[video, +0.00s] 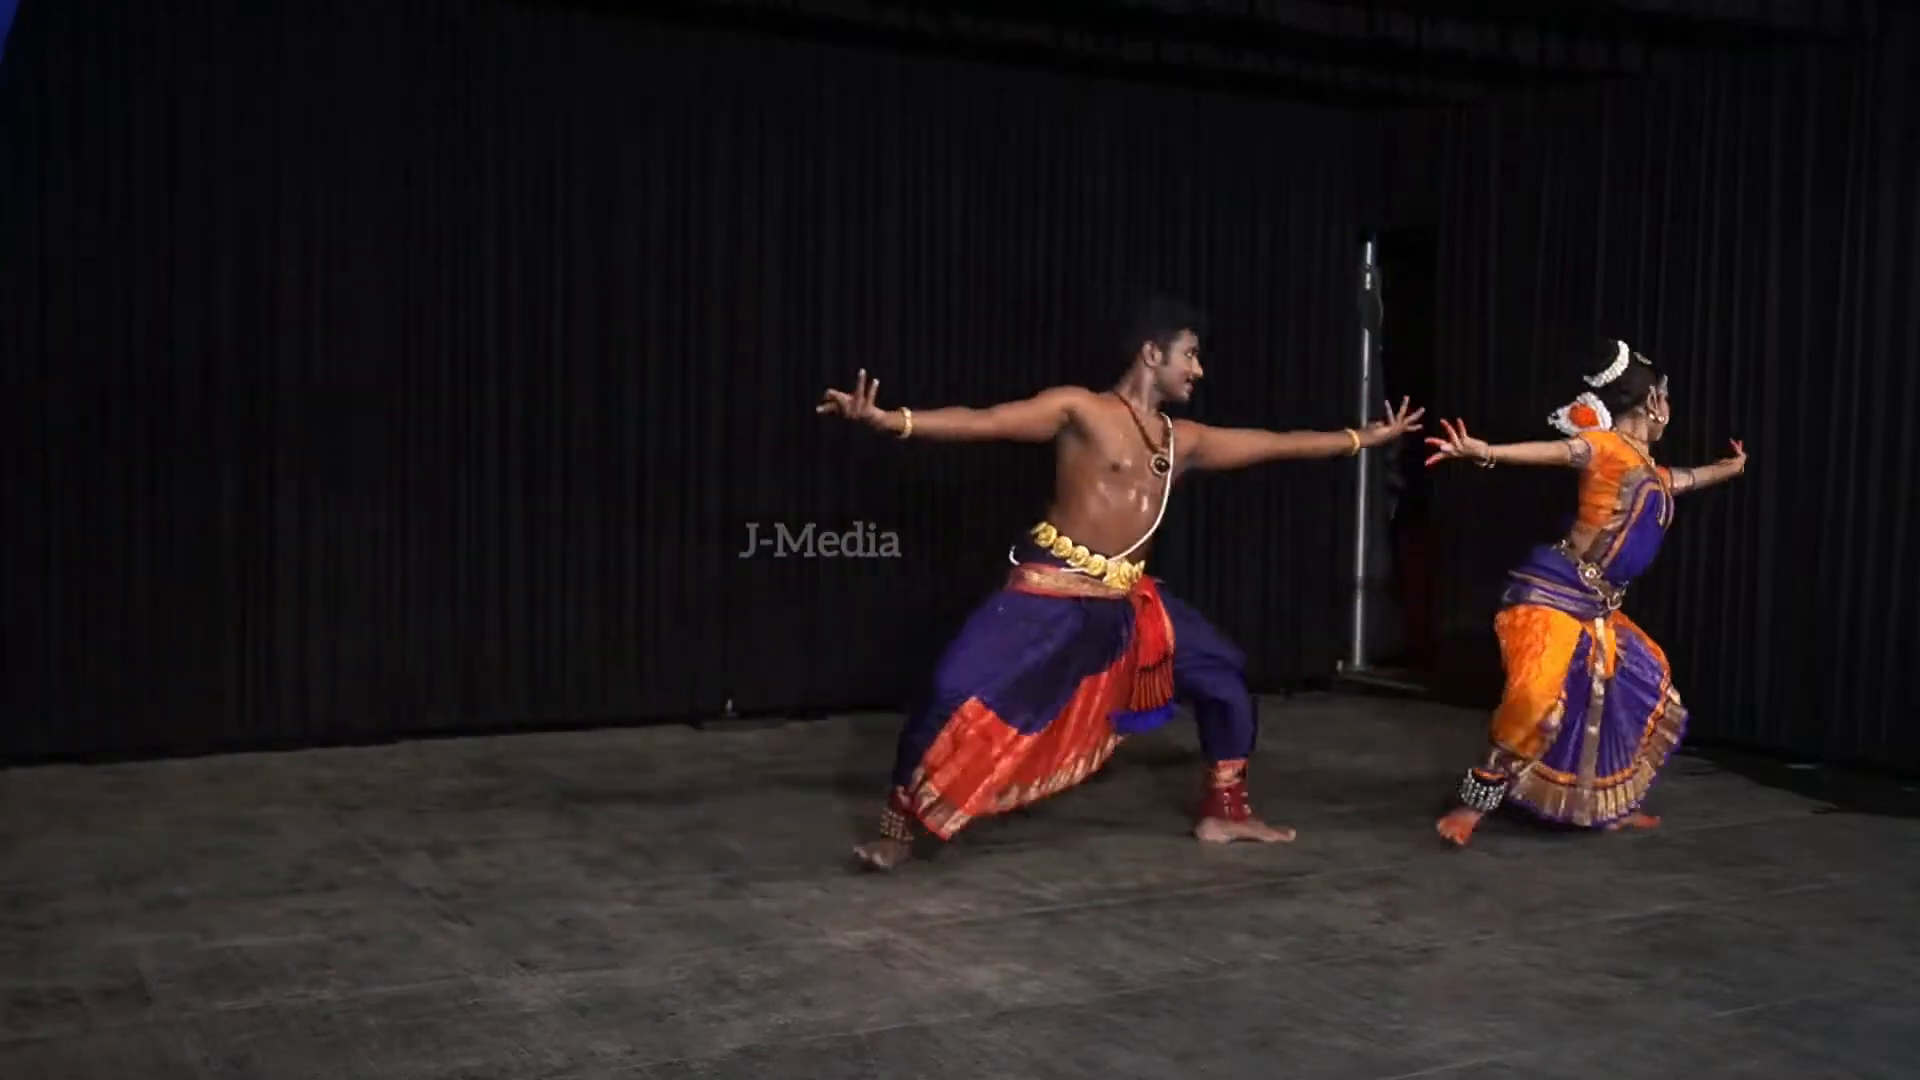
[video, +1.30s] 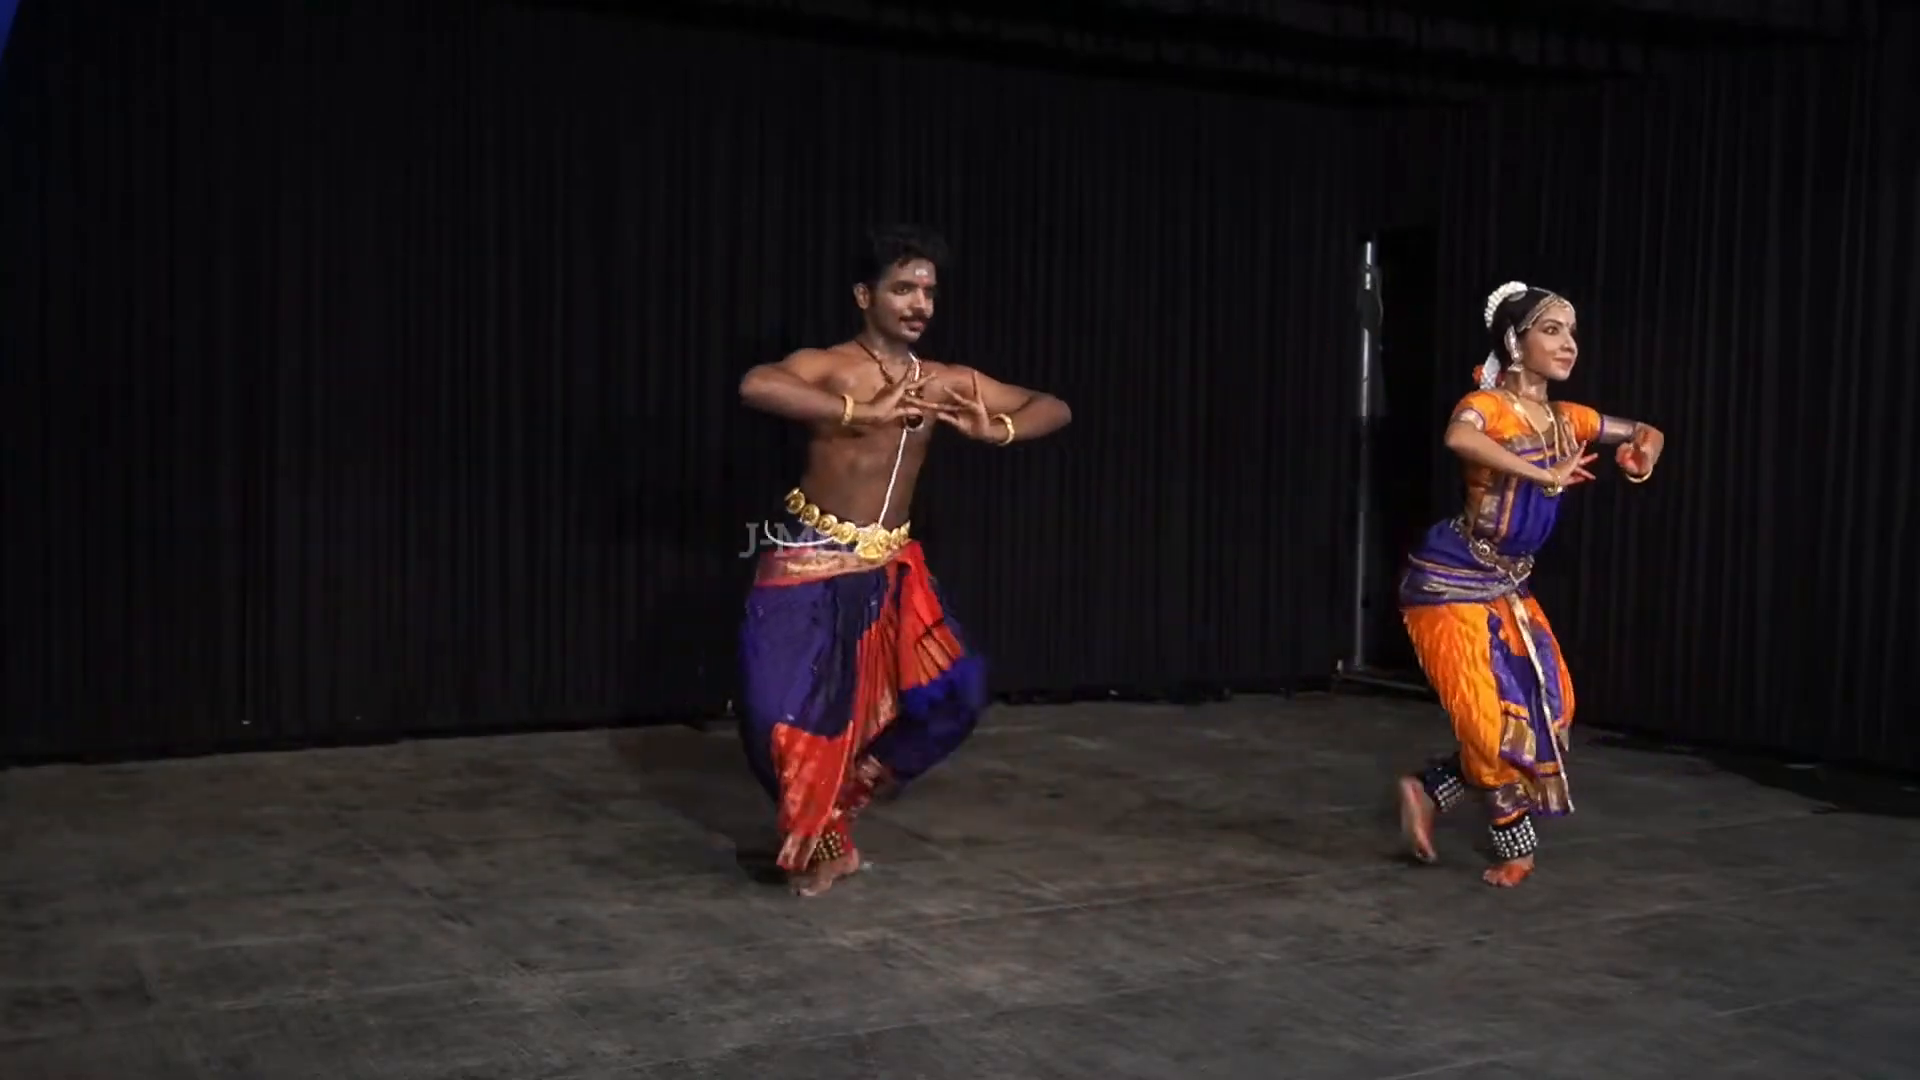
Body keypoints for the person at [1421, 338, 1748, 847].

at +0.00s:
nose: (1669, 407)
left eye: (1666, 398)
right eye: (1665, 398)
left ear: (1637, 406)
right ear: (1650, 405)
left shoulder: (1653, 472)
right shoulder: (1605, 446)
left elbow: (1690, 478)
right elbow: (1553, 452)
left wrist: (1735, 467)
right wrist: (1488, 451)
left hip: (1599, 612)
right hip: (1551, 598)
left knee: (1651, 690)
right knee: (1535, 696)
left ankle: (1606, 802)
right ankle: (1476, 803)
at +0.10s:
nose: (1683, 415)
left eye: (1681, 405)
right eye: (1680, 404)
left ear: (1652, 410)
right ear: (1664, 408)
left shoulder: (1664, 475)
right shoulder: (1624, 443)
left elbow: (1699, 481)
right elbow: (1587, 444)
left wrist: (1734, 477)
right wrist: (1531, 444)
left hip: (1611, 614)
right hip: (1567, 603)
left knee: (1663, 696)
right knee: (1584, 728)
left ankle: (1617, 800)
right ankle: (1531, 765)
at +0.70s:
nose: (1715, 390)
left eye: (1716, 380)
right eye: (1703, 377)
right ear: (1666, 387)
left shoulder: (1683, 456)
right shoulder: (1641, 442)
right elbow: (1597, 486)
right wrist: (1626, 464)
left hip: (1639, 601)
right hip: (1589, 598)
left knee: (1696, 688)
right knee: (1620, 720)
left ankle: (1644, 804)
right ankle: (1592, 773)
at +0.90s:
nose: (1676, 375)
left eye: (1680, 365)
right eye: (1662, 363)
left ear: (1681, 379)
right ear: (1626, 373)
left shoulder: (1678, 441)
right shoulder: (1603, 433)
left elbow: (1736, 444)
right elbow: (1565, 473)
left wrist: (1751, 466)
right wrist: (1643, 492)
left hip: (1629, 595)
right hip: (1569, 587)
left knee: (1686, 672)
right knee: (1553, 677)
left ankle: (1640, 799)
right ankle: (1537, 819)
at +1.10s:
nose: (1626, 353)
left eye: (1631, 343)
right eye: (1612, 340)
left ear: (1632, 353)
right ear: (1576, 350)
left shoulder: (1624, 424)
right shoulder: (1548, 412)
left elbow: (1696, 439)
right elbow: (1520, 450)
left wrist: (1699, 455)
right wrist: (1594, 488)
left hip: (1566, 585)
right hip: (1506, 579)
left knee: (1627, 659)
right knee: (1501, 697)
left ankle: (1610, 794)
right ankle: (1520, 840)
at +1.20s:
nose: (1599, 348)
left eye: (1603, 338)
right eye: (1584, 335)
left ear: (1604, 350)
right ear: (1547, 345)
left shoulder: (1597, 421)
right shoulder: (1520, 407)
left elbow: (1667, 434)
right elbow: (1492, 442)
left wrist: (1672, 451)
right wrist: (1569, 480)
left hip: (1538, 584)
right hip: (1477, 580)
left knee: (1602, 670)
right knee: (1490, 706)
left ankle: (1526, 766)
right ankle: (1518, 846)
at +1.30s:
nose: (1568, 342)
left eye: (1572, 332)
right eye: (1553, 329)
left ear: (1572, 344)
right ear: (1515, 342)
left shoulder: (1569, 419)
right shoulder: (1488, 403)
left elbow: (1645, 433)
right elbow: (1459, 438)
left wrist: (1644, 453)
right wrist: (1542, 473)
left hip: (1508, 590)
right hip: (1448, 585)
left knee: (1552, 705)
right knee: (1486, 712)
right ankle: (1516, 848)